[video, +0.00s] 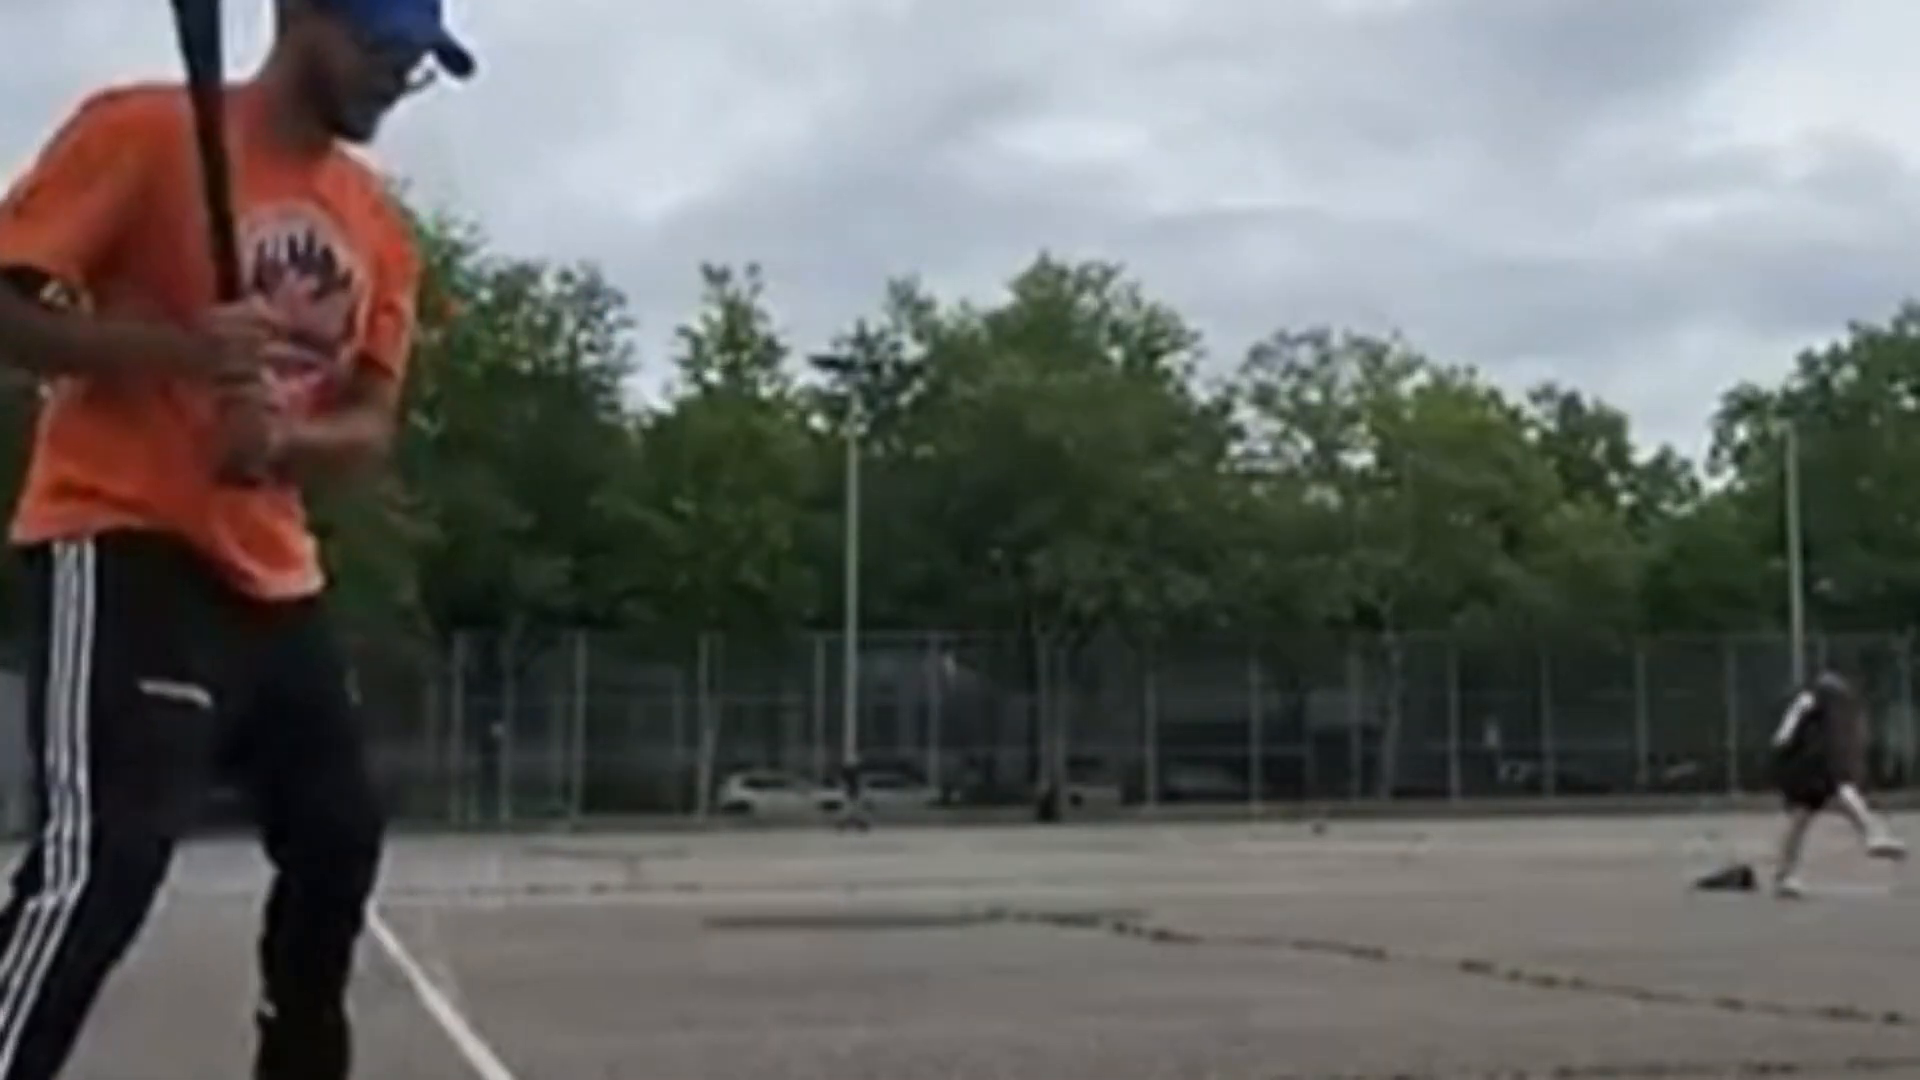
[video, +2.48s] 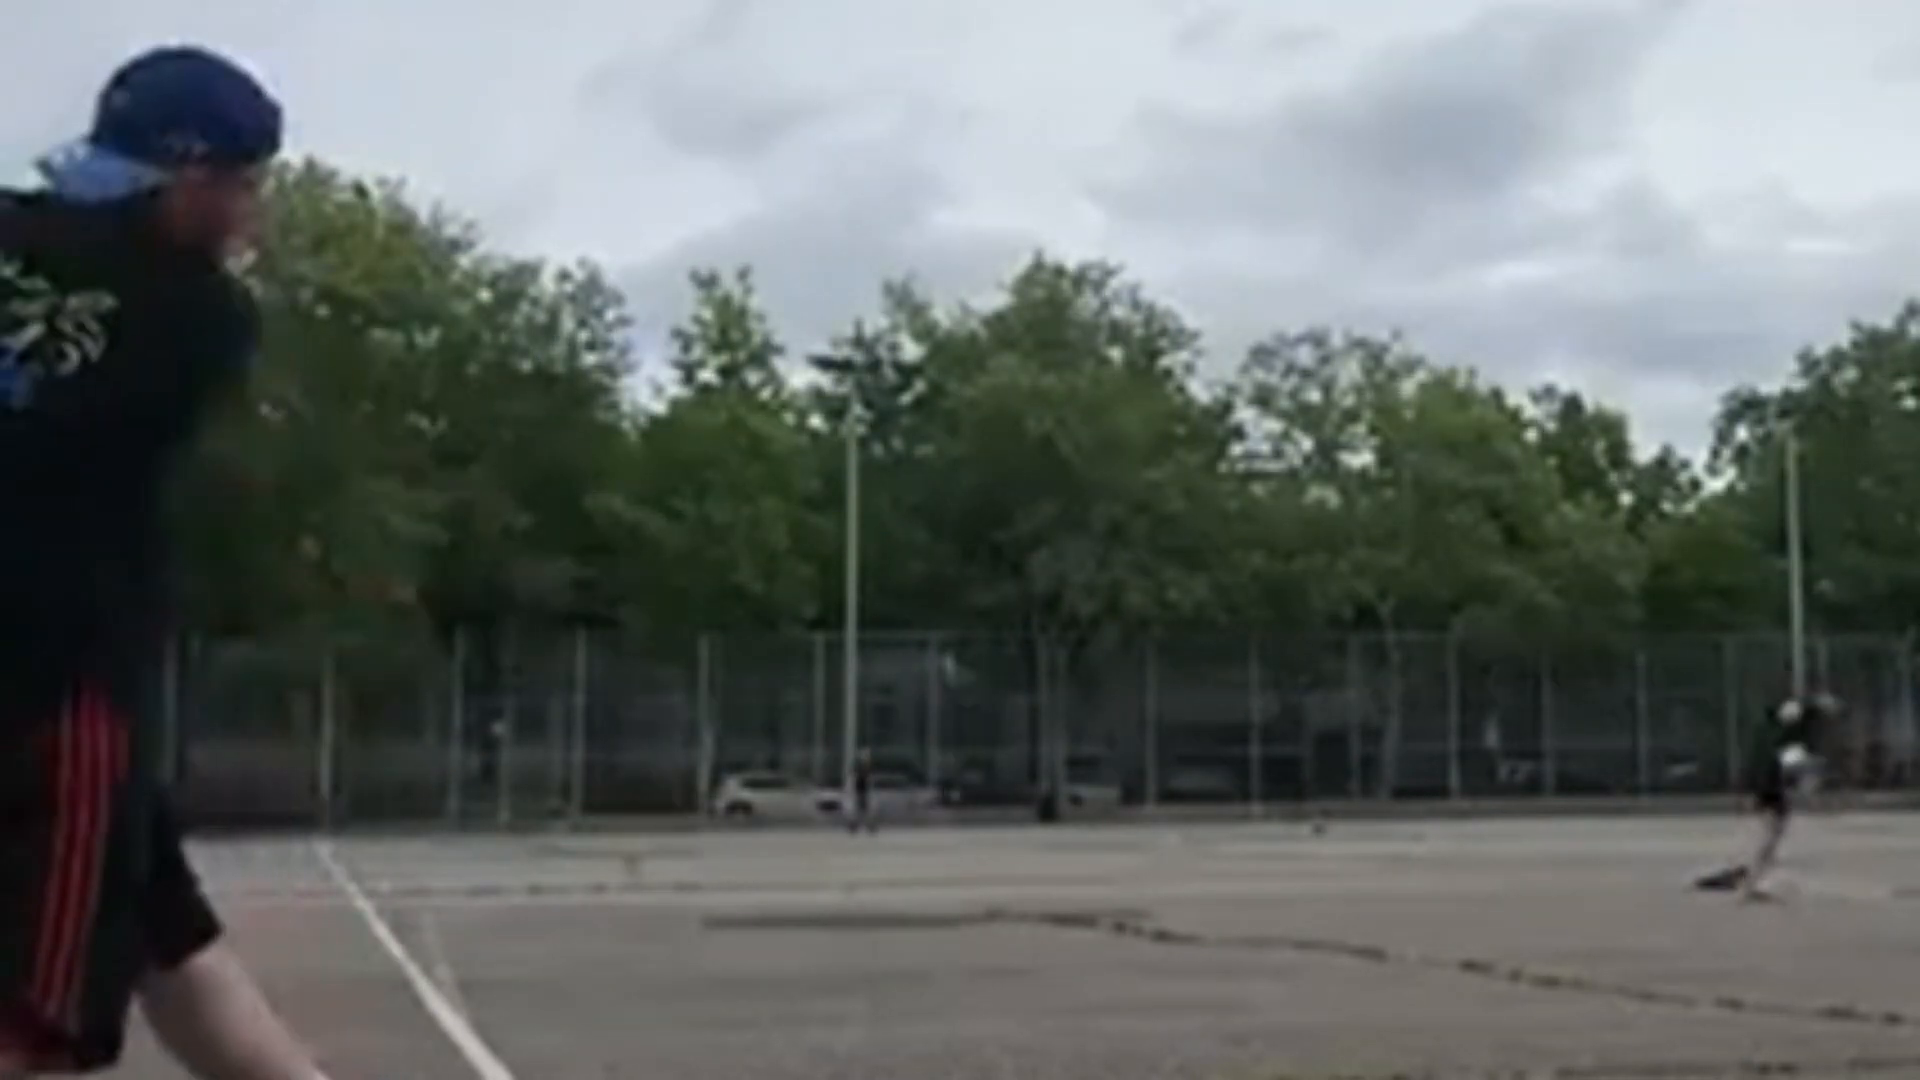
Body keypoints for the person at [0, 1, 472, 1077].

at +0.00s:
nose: (401, 74)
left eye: (414, 55)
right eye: (382, 43)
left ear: (412, 61)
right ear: (303, 20)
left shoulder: (381, 229)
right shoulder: (143, 132)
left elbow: (376, 423)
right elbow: (7, 308)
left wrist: (290, 441)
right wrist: (178, 346)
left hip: (268, 559)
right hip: (117, 531)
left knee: (336, 832)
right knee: (98, 861)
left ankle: (300, 1054)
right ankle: (14, 1058)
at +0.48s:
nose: (486, 134)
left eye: (496, 115)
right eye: (477, 101)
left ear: (455, 110)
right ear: (408, 73)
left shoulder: (419, 257)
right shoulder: (272, 167)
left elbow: (383, 437)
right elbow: (145, 347)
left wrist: (393, 515)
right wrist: (344, 492)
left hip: (317, 592)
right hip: (189, 562)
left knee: (347, 869)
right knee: (135, 851)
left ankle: (300, 1058)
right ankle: (24, 1055)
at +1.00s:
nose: (527, 157)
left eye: (538, 142)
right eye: (515, 125)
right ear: (441, 86)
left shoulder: (451, 316)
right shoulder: (282, 148)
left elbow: (448, 498)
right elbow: (109, 276)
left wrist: (501, 683)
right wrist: (93, 486)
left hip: (300, 602)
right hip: (170, 555)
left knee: (287, 876)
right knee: (112, 852)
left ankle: (262, 1040)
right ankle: (26, 1056)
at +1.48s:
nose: (196, 46)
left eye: (192, 22)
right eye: (175, 17)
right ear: (102, 20)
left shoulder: (168, 170)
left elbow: (302, 35)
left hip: (123, 577)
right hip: (36, 575)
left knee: (214, 890)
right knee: (210, 890)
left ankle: (216, 1066)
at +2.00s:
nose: (194, 92)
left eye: (194, 68)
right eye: (184, 64)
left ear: (176, 86)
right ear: (112, 62)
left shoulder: (176, 222)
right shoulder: (12, 174)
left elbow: (260, 160)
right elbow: (261, 161)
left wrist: (127, 28)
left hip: (100, 589)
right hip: (28, 590)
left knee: (304, 831)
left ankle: (311, 1059)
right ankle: (310, 1055)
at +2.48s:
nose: (254, 211)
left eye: (256, 183)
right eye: (245, 182)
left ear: (120, 154)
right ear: (183, 176)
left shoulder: (17, 231)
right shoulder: (188, 307)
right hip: (73, 659)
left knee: (179, 955)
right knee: (40, 1024)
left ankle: (290, 1065)